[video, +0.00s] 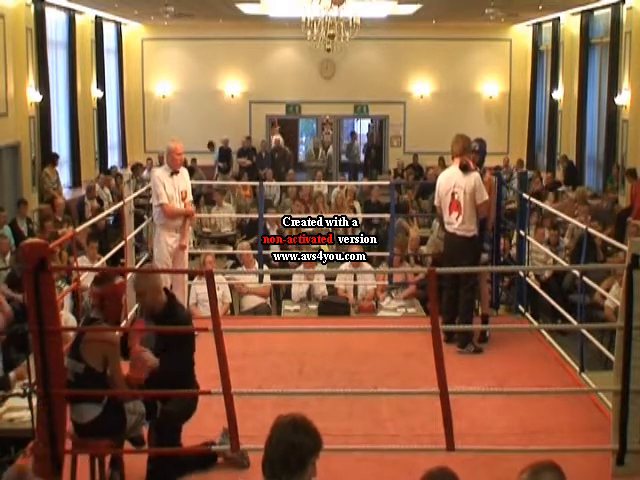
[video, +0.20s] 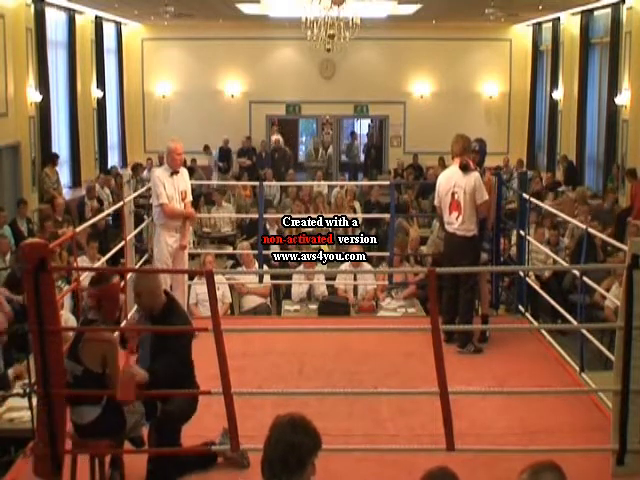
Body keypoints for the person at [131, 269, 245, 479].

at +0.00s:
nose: (139, 300)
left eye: (144, 294)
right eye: (137, 294)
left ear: (158, 290)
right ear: (136, 291)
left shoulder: (178, 318)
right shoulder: (144, 314)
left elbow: (183, 366)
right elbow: (125, 351)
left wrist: (157, 364)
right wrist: (127, 338)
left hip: (180, 392)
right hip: (154, 390)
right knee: (164, 465)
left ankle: (217, 451)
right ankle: (216, 448)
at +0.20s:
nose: (138, 301)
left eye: (141, 295)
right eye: (136, 295)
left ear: (156, 293)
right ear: (136, 293)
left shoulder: (177, 322)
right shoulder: (147, 313)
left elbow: (173, 366)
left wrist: (149, 375)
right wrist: (126, 338)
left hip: (180, 392)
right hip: (157, 391)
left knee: (166, 417)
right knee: (164, 465)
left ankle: (218, 451)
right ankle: (217, 448)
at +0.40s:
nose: (140, 301)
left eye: (144, 295)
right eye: (138, 295)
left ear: (154, 292)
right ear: (135, 294)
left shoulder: (173, 322)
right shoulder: (146, 313)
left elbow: (169, 365)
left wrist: (145, 383)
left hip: (180, 393)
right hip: (158, 392)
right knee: (164, 465)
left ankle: (217, 451)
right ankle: (216, 449)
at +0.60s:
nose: (132, 299)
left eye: (136, 293)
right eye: (130, 293)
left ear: (150, 293)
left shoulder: (172, 321)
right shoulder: (141, 317)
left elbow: (168, 362)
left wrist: (143, 381)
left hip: (181, 391)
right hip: (157, 391)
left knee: (165, 419)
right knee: (164, 466)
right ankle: (214, 449)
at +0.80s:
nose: (130, 298)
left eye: (134, 293)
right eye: (129, 293)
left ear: (150, 292)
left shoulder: (170, 321)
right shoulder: (148, 314)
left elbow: (165, 362)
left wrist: (140, 381)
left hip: (179, 391)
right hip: (155, 390)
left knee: (166, 417)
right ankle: (214, 449)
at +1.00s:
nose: (131, 299)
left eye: (134, 292)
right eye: (129, 293)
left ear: (150, 291)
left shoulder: (168, 322)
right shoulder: (156, 314)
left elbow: (163, 363)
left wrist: (140, 383)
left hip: (179, 393)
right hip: (161, 391)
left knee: (165, 415)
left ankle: (216, 451)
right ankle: (215, 449)